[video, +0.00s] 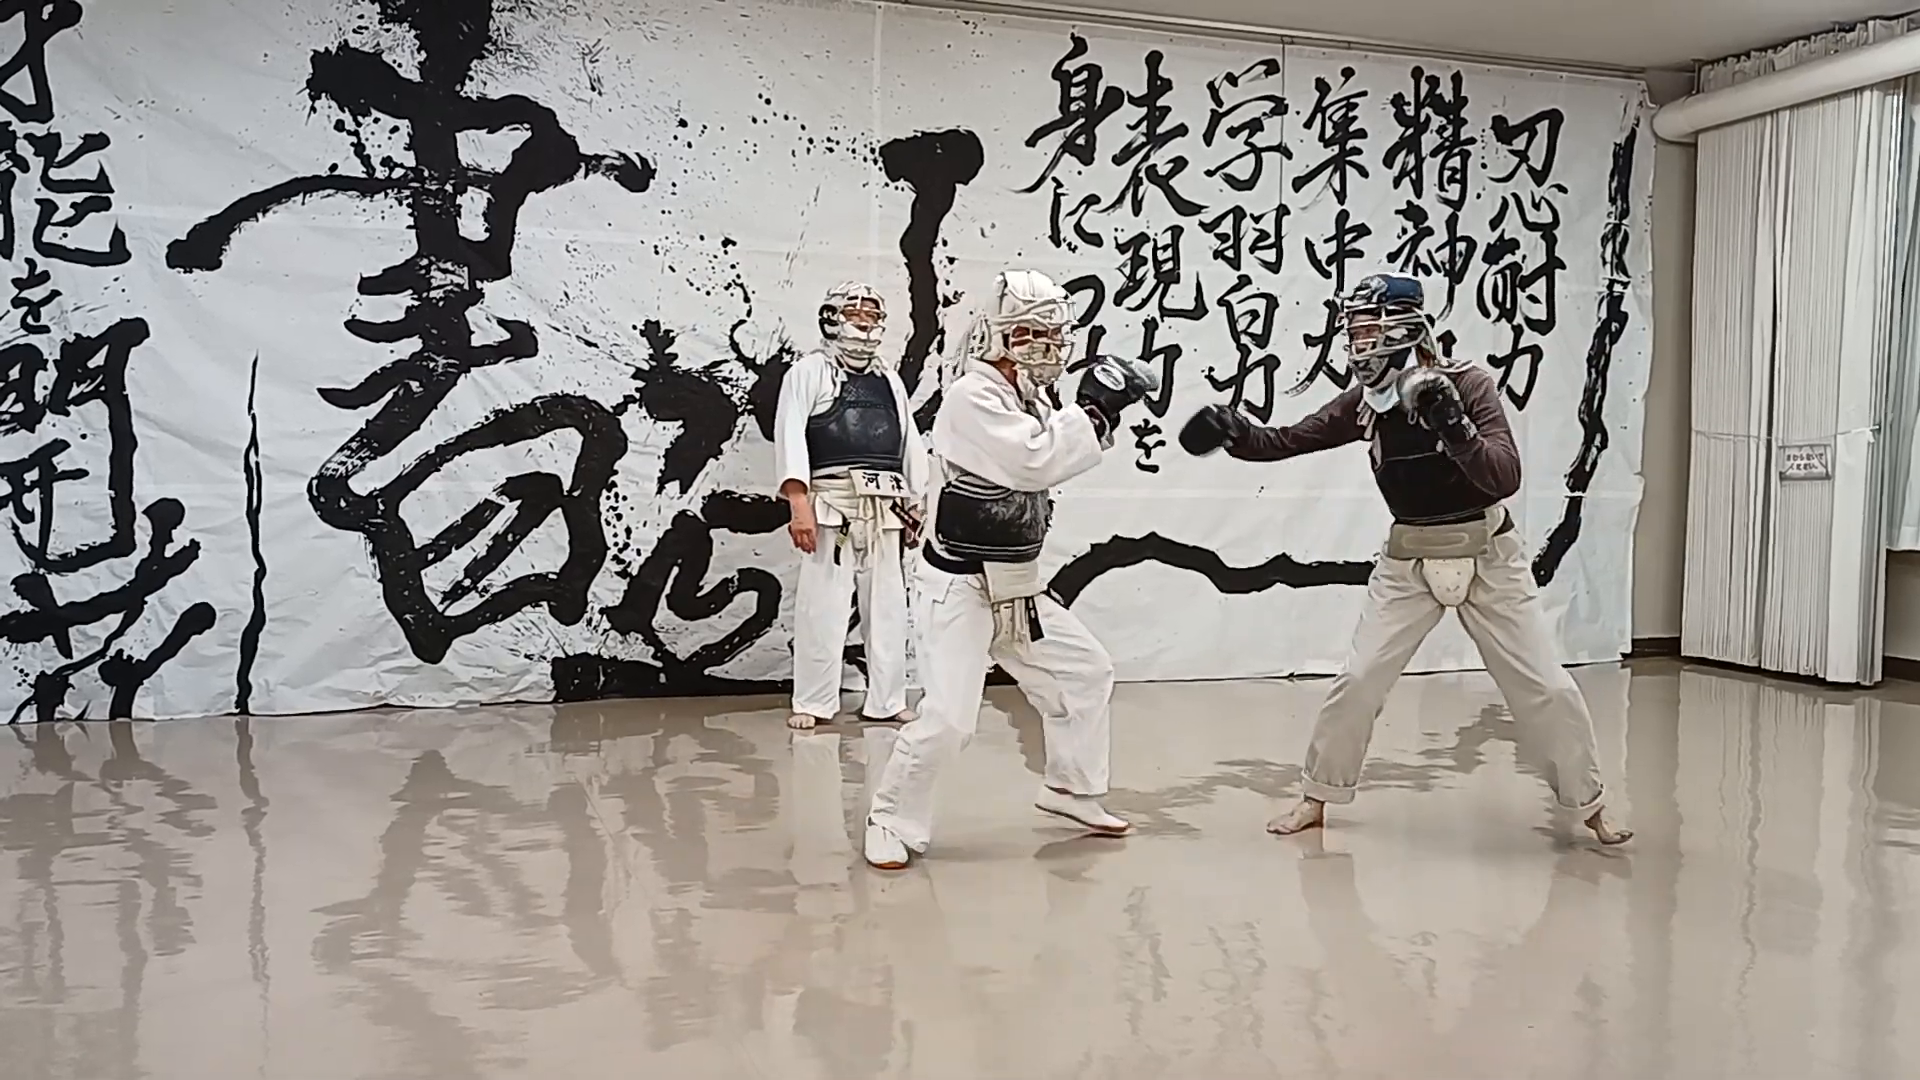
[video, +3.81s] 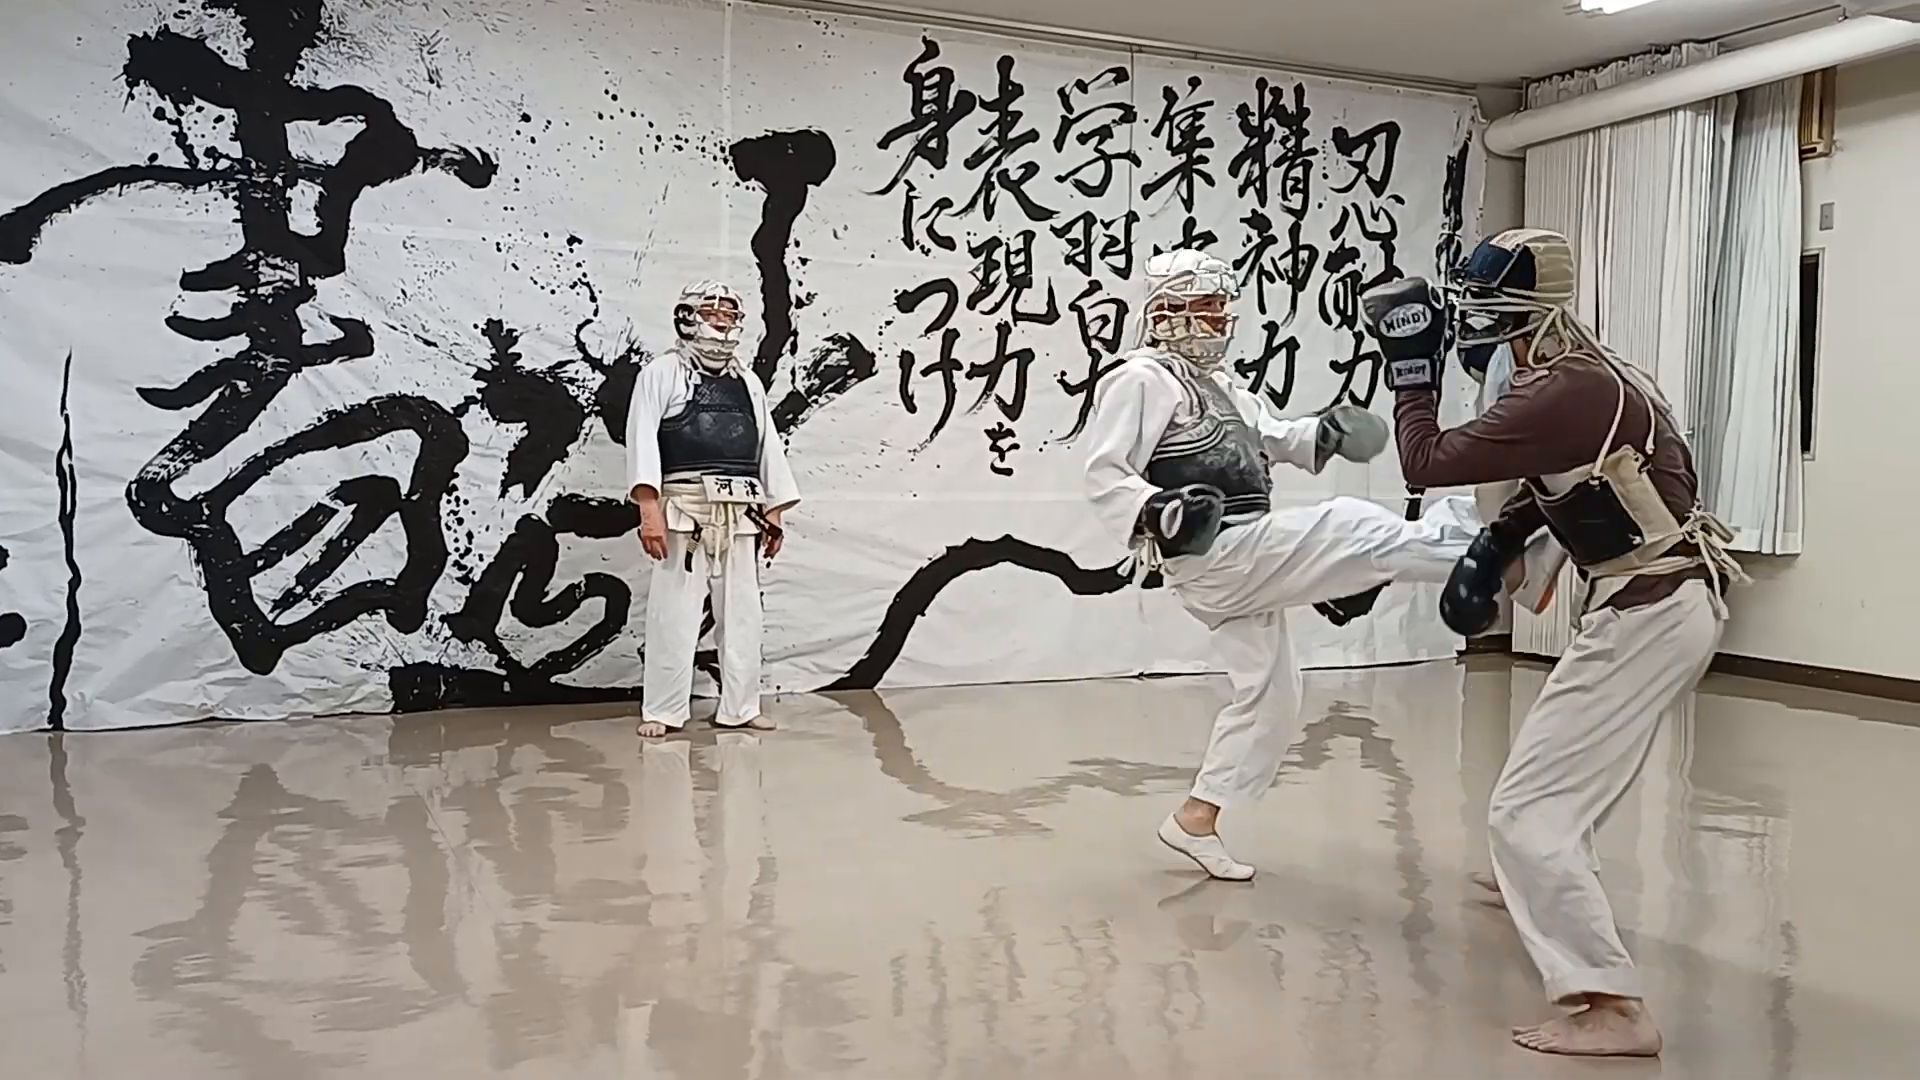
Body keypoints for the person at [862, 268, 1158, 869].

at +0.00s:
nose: (1047, 345)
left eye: (1054, 334)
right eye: (1033, 334)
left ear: (1061, 336)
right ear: (1000, 334)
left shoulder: (1033, 395)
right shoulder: (970, 393)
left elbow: (1053, 454)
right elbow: (1031, 457)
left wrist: (1101, 414)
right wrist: (1093, 409)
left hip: (1011, 580)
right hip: (956, 583)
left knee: (1086, 670)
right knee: (948, 718)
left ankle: (1070, 791)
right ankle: (891, 824)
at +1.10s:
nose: (1088, 344)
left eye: (1095, 332)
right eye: (1076, 331)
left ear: (1098, 334)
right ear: (1042, 330)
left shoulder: (1070, 395)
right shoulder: (997, 388)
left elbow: (1084, 468)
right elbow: (1017, 489)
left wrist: (1110, 494)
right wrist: (1098, 498)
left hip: (1056, 573)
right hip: (991, 575)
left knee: (1124, 673)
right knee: (982, 703)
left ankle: (1139, 795)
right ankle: (906, 834)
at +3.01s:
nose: (1072, 350)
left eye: (1084, 337)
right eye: (1056, 337)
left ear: (1098, 344)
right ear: (1029, 342)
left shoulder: (1098, 414)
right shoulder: (989, 408)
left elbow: (1102, 507)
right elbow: (970, 507)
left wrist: (1120, 548)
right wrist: (1036, 535)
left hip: (1073, 589)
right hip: (998, 592)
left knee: (1131, 705)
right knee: (974, 719)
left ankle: (1140, 823)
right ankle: (905, 833)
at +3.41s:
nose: (1106, 353)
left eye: (1115, 340)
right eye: (1089, 340)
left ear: (1126, 345)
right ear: (1057, 346)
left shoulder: (1121, 417)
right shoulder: (1021, 415)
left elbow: (1125, 496)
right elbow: (1021, 512)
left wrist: (1154, 521)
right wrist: (1102, 517)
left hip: (1097, 596)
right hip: (1023, 596)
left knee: (1181, 685)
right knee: (987, 720)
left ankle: (1184, 826)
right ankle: (929, 817)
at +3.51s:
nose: (1148, 345)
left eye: (1155, 332)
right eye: (1133, 332)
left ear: (1162, 337)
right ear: (1100, 340)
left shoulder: (1157, 413)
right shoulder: (1069, 405)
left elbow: (1173, 494)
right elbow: (1081, 491)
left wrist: (1220, 486)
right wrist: (1157, 474)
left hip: (1133, 591)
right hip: (1061, 590)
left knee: (1199, 700)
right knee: (1020, 728)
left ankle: (1193, 839)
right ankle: (934, 805)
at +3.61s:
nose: (1177, 332)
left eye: (1184, 321)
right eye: (1162, 319)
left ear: (1194, 328)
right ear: (1130, 324)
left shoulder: (1184, 400)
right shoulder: (1100, 384)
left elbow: (1248, 457)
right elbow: (1079, 475)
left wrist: (1290, 439)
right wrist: (1141, 494)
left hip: (1177, 567)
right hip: (1117, 568)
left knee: (1221, 698)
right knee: (1183, 696)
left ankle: (1194, 839)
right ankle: (1082, 760)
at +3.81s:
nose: (1218, 319)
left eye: (1223, 307)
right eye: (1204, 307)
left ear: (1228, 312)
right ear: (1166, 313)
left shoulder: (1220, 383)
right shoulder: (1139, 377)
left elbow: (1267, 435)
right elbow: (1101, 472)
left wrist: (1327, 435)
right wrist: (1156, 510)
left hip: (1244, 549)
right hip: (1212, 552)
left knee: (1263, 690)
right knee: (1352, 528)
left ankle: (1196, 819)